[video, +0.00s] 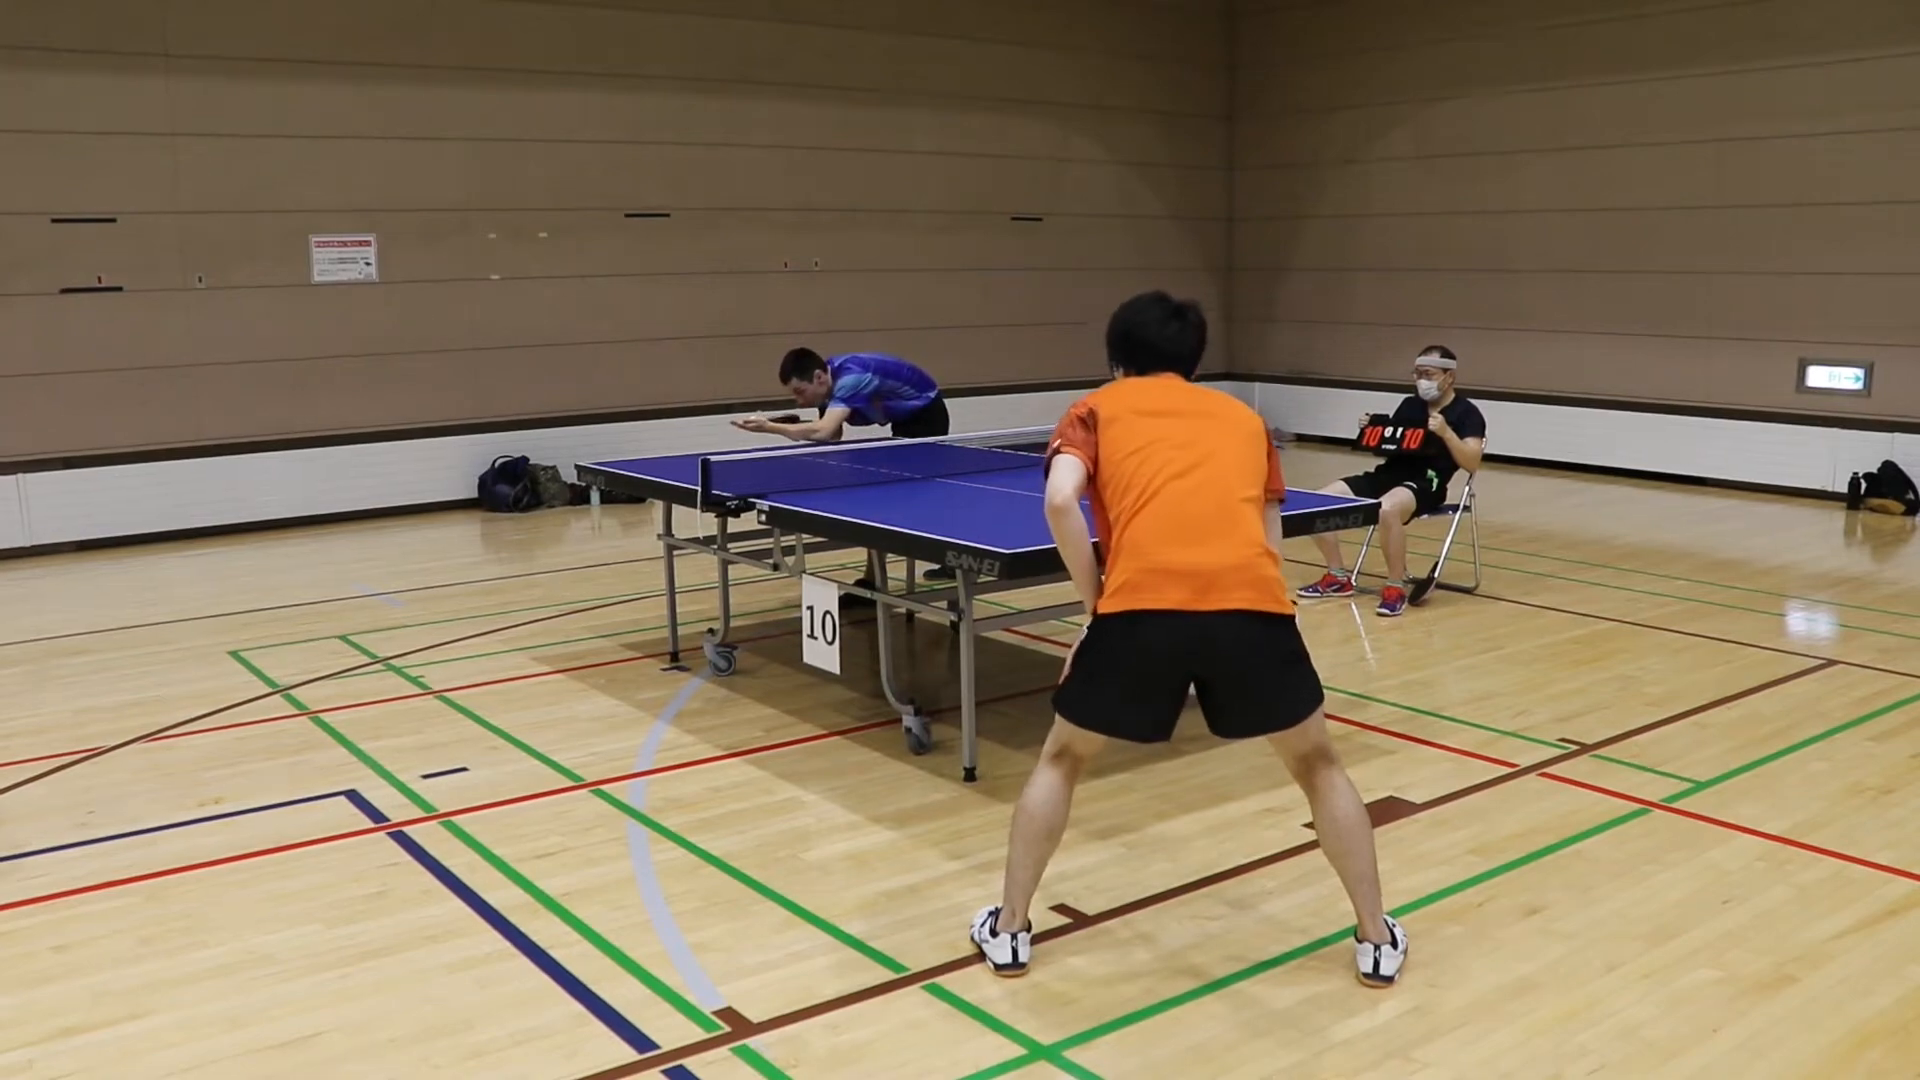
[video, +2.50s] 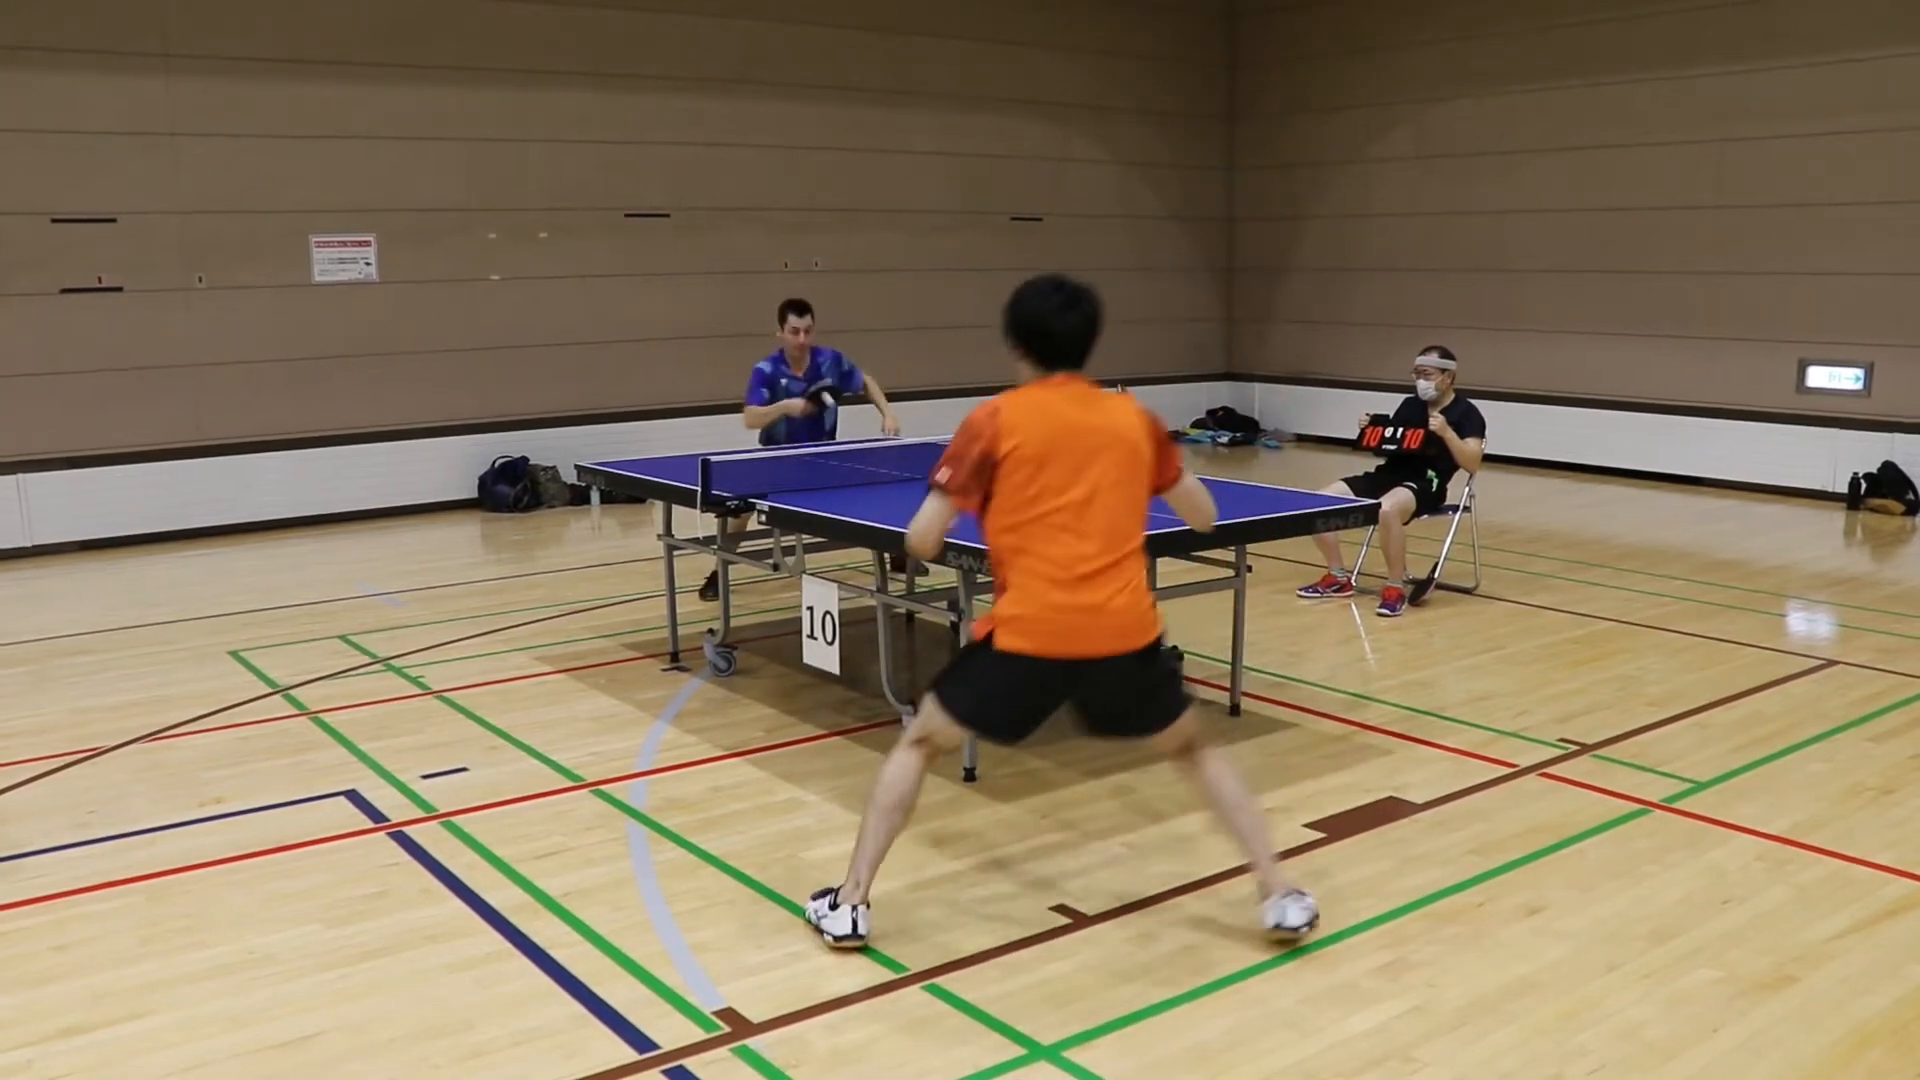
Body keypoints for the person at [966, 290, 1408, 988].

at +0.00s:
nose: (1102, 366)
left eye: (1108, 354)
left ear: (1117, 356)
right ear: (1193, 359)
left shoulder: (1095, 409)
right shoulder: (1244, 417)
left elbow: (1060, 501)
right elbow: (1269, 546)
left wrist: (1097, 605)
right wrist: (1251, 618)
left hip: (1139, 619)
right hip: (1253, 619)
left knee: (1061, 760)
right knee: (1318, 765)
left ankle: (1009, 928)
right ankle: (1378, 937)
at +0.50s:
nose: (1136, 324)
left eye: (1137, 312)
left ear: (1143, 314)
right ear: (1220, 316)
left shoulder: (1114, 372)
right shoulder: (1262, 390)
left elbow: (1066, 483)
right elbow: (1292, 537)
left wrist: (1088, 581)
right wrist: (1222, 567)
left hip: (1140, 601)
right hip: (1249, 607)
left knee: (1069, 758)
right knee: (1313, 761)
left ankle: (1011, 928)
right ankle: (1377, 937)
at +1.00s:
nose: (1206, 277)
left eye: (1209, 267)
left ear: (1215, 274)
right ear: (1291, 281)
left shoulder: (1185, 340)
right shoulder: (1324, 365)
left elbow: (1144, 449)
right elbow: (1350, 503)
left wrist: (1101, 513)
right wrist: (1281, 511)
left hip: (1195, 579)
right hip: (1298, 590)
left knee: (1110, 710)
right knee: (1338, 749)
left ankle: (1060, 872)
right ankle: (1376, 936)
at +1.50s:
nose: (1120, 319)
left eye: (1123, 310)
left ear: (1131, 314)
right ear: (1198, 315)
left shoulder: (1119, 378)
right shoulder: (1246, 386)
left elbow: (1058, 491)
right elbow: (1296, 497)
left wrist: (1025, 499)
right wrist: (1229, 486)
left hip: (1163, 598)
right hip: (1256, 594)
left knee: (1072, 705)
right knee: (1285, 698)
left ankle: (1052, 873)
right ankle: (1325, 823)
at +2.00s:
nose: (1082, 384)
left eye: (1083, 373)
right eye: (1082, 373)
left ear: (1095, 374)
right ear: (1155, 369)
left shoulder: (1100, 430)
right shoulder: (1205, 427)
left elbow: (1021, 529)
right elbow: (1224, 512)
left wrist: (1007, 514)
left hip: (1168, 644)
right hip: (1248, 637)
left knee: (1015, 707)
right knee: (1250, 698)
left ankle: (987, 880)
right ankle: (1322, 824)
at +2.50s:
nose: (1010, 346)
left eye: (1012, 337)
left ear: (1018, 344)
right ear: (1090, 342)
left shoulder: (993, 421)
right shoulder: (1134, 419)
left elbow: (922, 544)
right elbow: (1203, 517)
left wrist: (925, 542)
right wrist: (1158, 464)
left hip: (1025, 644)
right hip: (1126, 642)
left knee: (920, 743)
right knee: (1194, 749)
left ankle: (851, 901)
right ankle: (1281, 895)